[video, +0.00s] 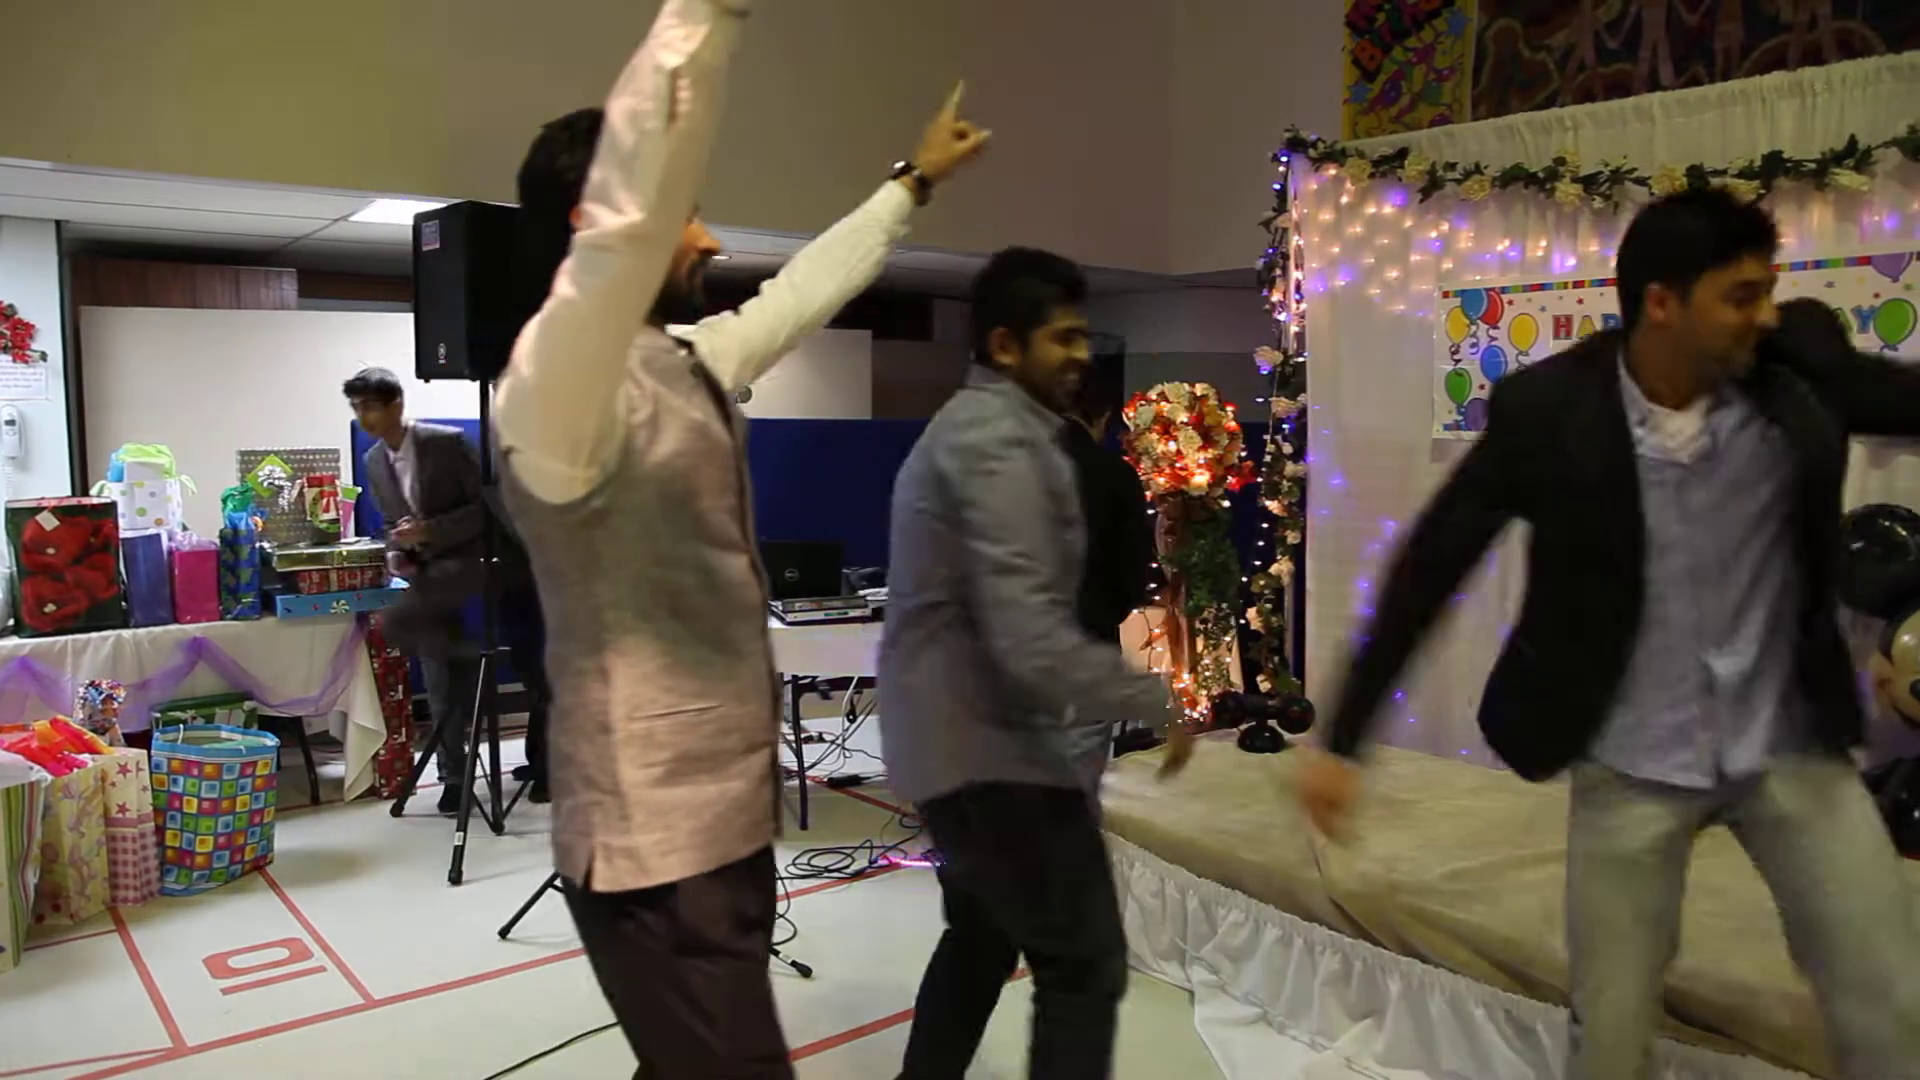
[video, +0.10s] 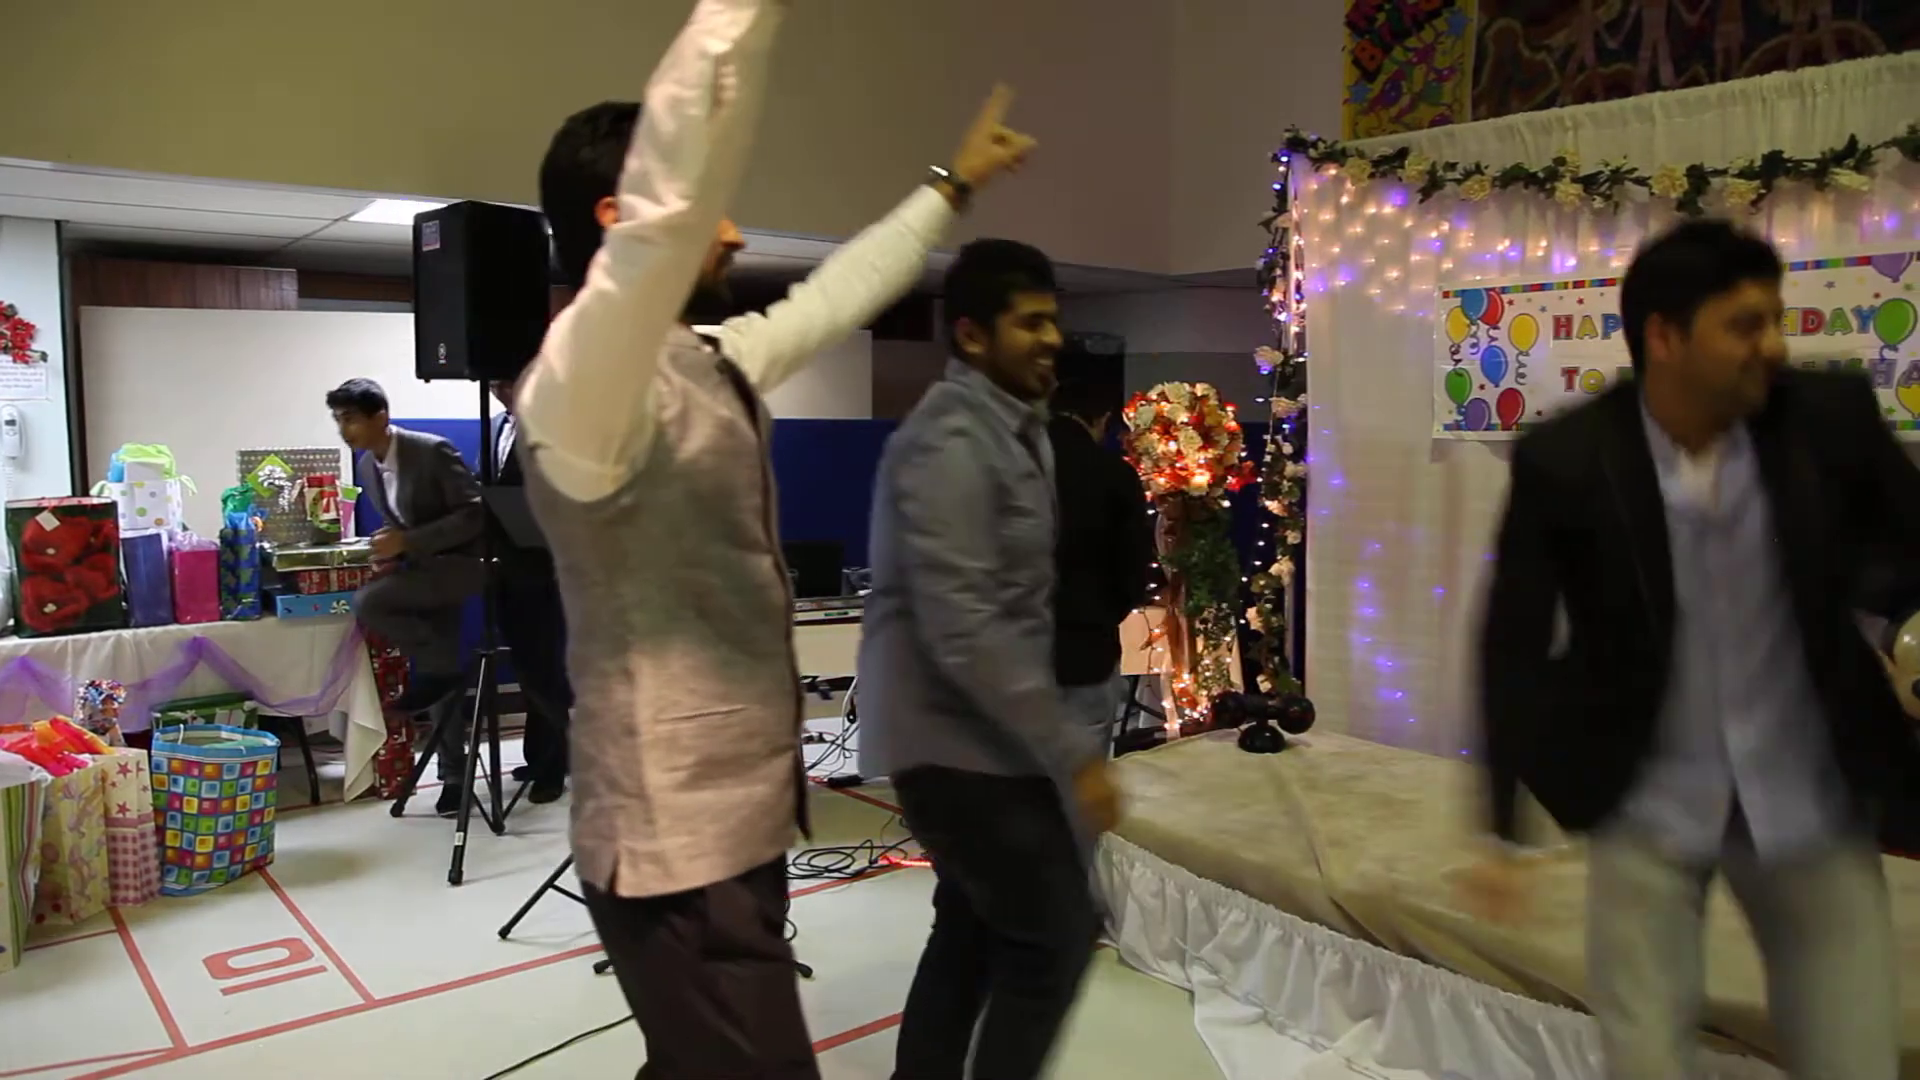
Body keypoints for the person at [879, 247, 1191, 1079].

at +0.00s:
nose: (1082, 355)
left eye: (1084, 338)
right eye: (1063, 338)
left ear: (1013, 348)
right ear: (1003, 346)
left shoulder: (969, 425)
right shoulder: (999, 438)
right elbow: (1028, 638)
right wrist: (1154, 703)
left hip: (953, 754)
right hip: (999, 756)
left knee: (979, 942)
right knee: (1085, 967)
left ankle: (926, 1074)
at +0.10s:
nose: (1053, 339)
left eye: (1055, 322)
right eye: (1031, 323)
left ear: (1050, 326)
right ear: (970, 335)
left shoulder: (1003, 430)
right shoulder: (950, 438)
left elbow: (1001, 610)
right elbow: (960, 625)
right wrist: (1075, 756)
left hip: (991, 744)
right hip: (953, 747)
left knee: (969, 935)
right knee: (1056, 930)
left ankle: (923, 1072)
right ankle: (995, 1070)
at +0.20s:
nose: (1020, 327)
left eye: (1024, 309)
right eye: (997, 311)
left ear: (1030, 319)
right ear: (943, 323)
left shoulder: (1009, 431)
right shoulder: (903, 443)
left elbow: (1044, 562)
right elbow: (903, 631)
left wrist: (1056, 654)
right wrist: (977, 776)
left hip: (996, 731)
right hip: (929, 749)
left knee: (987, 942)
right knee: (991, 952)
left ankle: (925, 1062)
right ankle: (916, 1069)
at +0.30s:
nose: (990, 337)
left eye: (994, 322)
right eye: (968, 323)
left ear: (1001, 328)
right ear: (913, 337)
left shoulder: (1003, 435)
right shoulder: (864, 449)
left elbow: (1054, 552)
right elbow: (860, 633)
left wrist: (1109, 652)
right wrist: (887, 804)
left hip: (1006, 750)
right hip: (920, 764)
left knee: (997, 950)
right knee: (945, 954)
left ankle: (935, 1069)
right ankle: (847, 1061)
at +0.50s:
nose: (932, 337)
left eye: (939, 322)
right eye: (910, 321)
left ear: (946, 336)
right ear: (858, 337)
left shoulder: (989, 445)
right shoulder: (822, 448)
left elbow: (1066, 568)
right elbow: (795, 595)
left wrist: (1118, 694)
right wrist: (816, 735)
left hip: (966, 742)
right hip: (856, 748)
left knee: (974, 938)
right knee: (849, 946)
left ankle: (928, 1066)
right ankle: (855, 1062)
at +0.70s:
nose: (994, 387)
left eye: (1005, 382)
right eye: (1093, 420)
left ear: (1031, 403)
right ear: (1082, 421)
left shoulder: (977, 462)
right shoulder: (1096, 473)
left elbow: (953, 552)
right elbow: (1116, 579)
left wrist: (975, 615)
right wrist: (1081, 608)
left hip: (998, 641)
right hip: (1072, 647)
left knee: (981, 766)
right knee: (1063, 785)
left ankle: (961, 894)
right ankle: (1046, 919)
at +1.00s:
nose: (1098, 420)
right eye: (1095, 411)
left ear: (1024, 400)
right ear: (1084, 411)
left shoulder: (988, 463)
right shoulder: (1095, 474)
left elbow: (964, 558)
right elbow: (1115, 579)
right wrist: (1074, 605)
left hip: (997, 654)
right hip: (1074, 657)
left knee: (980, 792)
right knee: (1061, 795)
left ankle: (973, 920)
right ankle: (1045, 922)